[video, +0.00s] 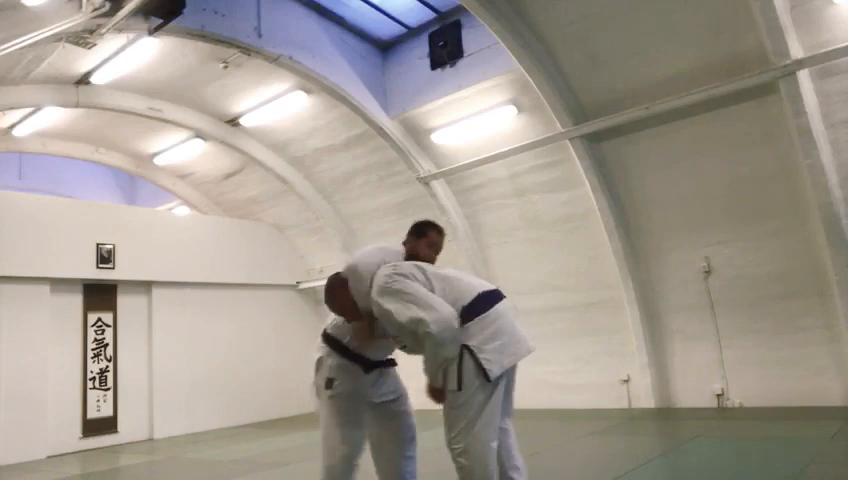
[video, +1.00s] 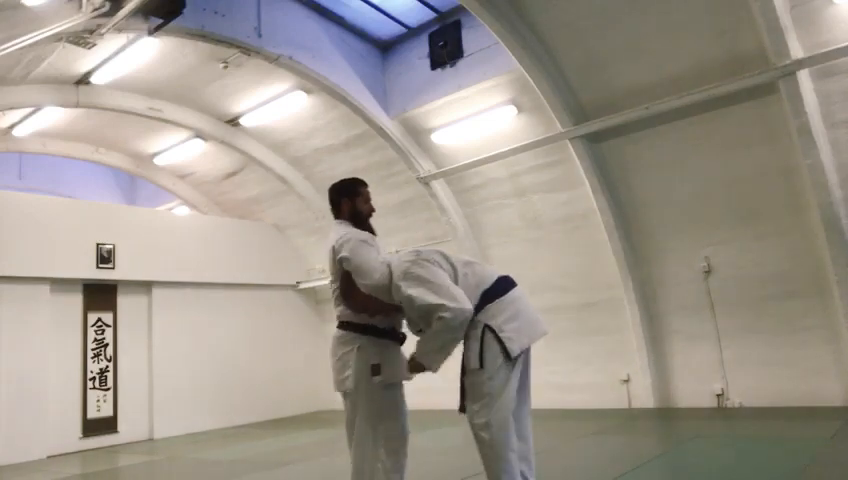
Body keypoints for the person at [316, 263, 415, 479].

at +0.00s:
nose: (434, 257)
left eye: (438, 251)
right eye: (430, 247)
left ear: (440, 251)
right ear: (409, 241)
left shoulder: (423, 279)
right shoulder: (378, 260)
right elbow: (334, 290)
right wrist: (364, 320)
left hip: (381, 367)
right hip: (342, 364)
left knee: (400, 441)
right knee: (343, 449)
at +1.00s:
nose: (372, 205)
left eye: (370, 198)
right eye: (365, 199)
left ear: (347, 205)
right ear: (346, 204)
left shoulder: (352, 238)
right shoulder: (353, 240)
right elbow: (378, 285)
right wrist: (409, 301)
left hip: (373, 348)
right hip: (366, 349)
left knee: (388, 438)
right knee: (377, 440)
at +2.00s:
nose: (328, 263)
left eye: (333, 259)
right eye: (324, 256)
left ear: (337, 258)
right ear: (308, 249)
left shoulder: (335, 289)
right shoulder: (281, 279)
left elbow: (372, 296)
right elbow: (315, 277)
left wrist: (405, 290)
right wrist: (368, 257)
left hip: (309, 387)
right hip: (261, 388)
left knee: (350, 459)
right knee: (221, 468)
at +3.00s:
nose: (388, 223)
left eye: (391, 216)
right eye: (386, 214)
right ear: (365, 205)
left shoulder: (381, 242)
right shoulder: (340, 235)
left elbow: (413, 270)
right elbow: (384, 261)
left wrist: (459, 283)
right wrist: (442, 265)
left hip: (344, 346)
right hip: (323, 343)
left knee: (334, 435)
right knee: (359, 420)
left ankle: (308, 474)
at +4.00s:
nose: (459, 179)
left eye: (461, 174)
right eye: (451, 171)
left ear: (461, 182)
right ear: (423, 174)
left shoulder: (467, 229)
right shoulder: (395, 211)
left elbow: (498, 280)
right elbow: (357, 154)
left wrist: (526, 262)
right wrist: (386, 114)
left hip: (467, 348)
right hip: (413, 348)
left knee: (505, 448)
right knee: (416, 464)